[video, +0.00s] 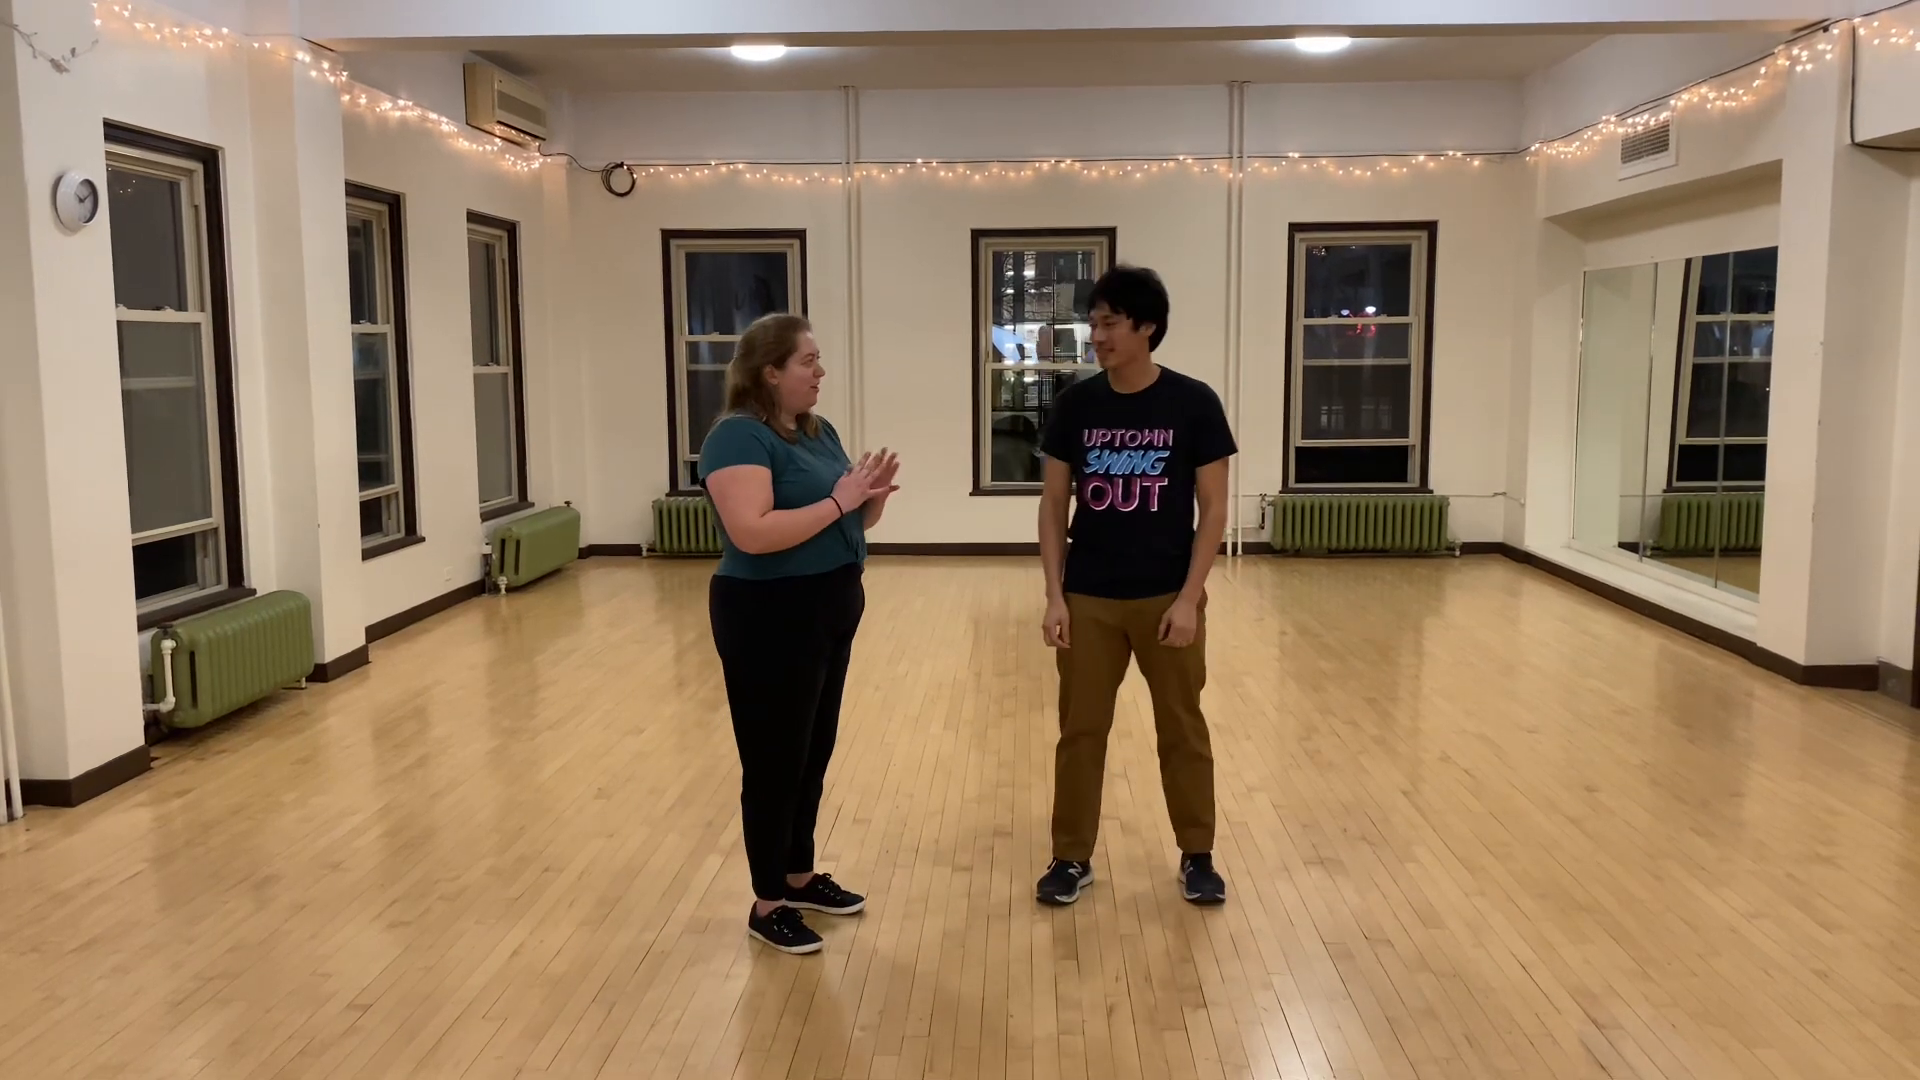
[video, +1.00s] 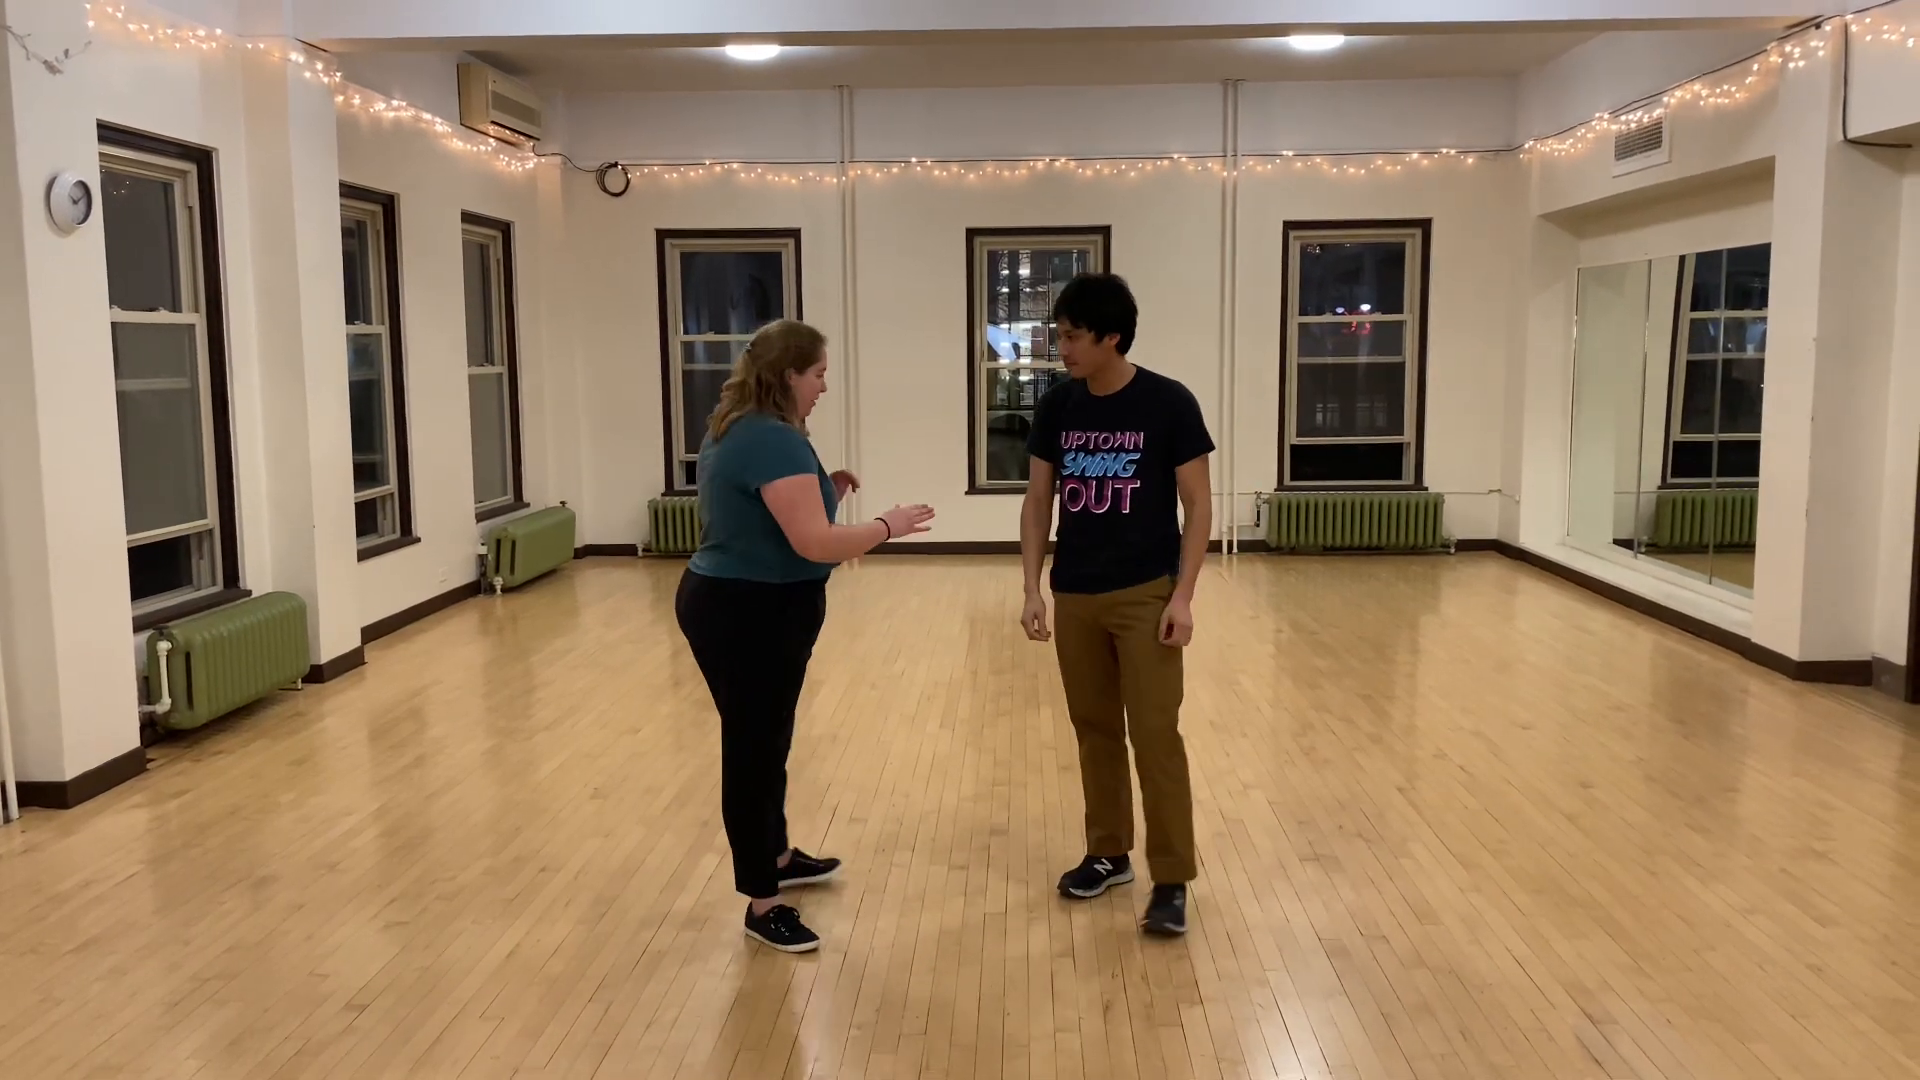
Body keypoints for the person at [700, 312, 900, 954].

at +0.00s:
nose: (820, 372)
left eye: (819, 361)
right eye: (808, 362)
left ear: (806, 372)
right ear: (769, 372)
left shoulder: (820, 434)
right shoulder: (735, 438)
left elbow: (850, 528)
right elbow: (751, 534)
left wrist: (872, 500)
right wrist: (836, 503)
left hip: (824, 608)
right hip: (762, 614)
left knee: (812, 750)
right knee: (773, 757)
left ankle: (797, 877)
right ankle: (767, 904)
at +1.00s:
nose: (824, 386)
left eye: (824, 375)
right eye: (817, 374)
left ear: (778, 374)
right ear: (786, 376)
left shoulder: (744, 430)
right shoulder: (771, 440)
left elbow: (764, 519)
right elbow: (816, 543)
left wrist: (826, 492)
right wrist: (886, 526)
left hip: (750, 604)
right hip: (748, 613)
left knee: (768, 740)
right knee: (752, 750)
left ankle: (776, 855)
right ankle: (760, 903)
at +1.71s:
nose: (795, 379)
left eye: (795, 368)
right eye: (789, 368)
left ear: (748, 371)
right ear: (757, 370)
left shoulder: (721, 423)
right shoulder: (743, 432)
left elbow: (748, 499)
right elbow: (797, 522)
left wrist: (803, 478)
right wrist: (881, 521)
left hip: (714, 589)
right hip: (747, 595)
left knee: (728, 717)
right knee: (785, 723)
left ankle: (724, 852)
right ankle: (771, 867)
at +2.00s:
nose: (799, 374)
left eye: (797, 363)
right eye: (792, 364)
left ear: (739, 368)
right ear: (763, 368)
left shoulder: (704, 423)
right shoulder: (771, 427)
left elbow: (732, 494)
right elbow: (825, 516)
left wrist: (802, 475)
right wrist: (903, 549)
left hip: (701, 586)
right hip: (762, 590)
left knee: (718, 719)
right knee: (771, 725)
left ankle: (722, 852)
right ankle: (775, 859)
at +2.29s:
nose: (804, 372)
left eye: (803, 361)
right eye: (798, 362)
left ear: (743, 366)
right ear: (769, 367)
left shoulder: (699, 423)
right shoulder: (789, 426)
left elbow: (687, 504)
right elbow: (832, 518)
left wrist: (748, 513)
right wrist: (903, 563)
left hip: (703, 585)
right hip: (775, 588)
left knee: (716, 719)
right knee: (769, 724)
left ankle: (720, 851)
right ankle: (770, 861)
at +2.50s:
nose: (805, 372)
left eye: (803, 361)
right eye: (798, 362)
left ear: (744, 367)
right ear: (768, 367)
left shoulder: (701, 424)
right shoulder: (787, 427)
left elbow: (691, 505)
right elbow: (830, 519)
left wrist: (744, 527)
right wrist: (901, 567)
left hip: (705, 584)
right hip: (776, 588)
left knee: (717, 719)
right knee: (769, 724)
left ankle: (717, 852)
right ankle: (768, 862)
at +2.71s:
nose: (804, 372)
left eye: (802, 360)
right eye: (795, 361)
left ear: (743, 368)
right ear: (763, 367)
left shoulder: (702, 425)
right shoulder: (780, 429)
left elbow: (712, 507)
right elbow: (827, 522)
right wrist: (899, 566)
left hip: (705, 585)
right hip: (773, 591)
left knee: (718, 719)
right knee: (768, 726)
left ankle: (715, 852)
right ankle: (766, 863)